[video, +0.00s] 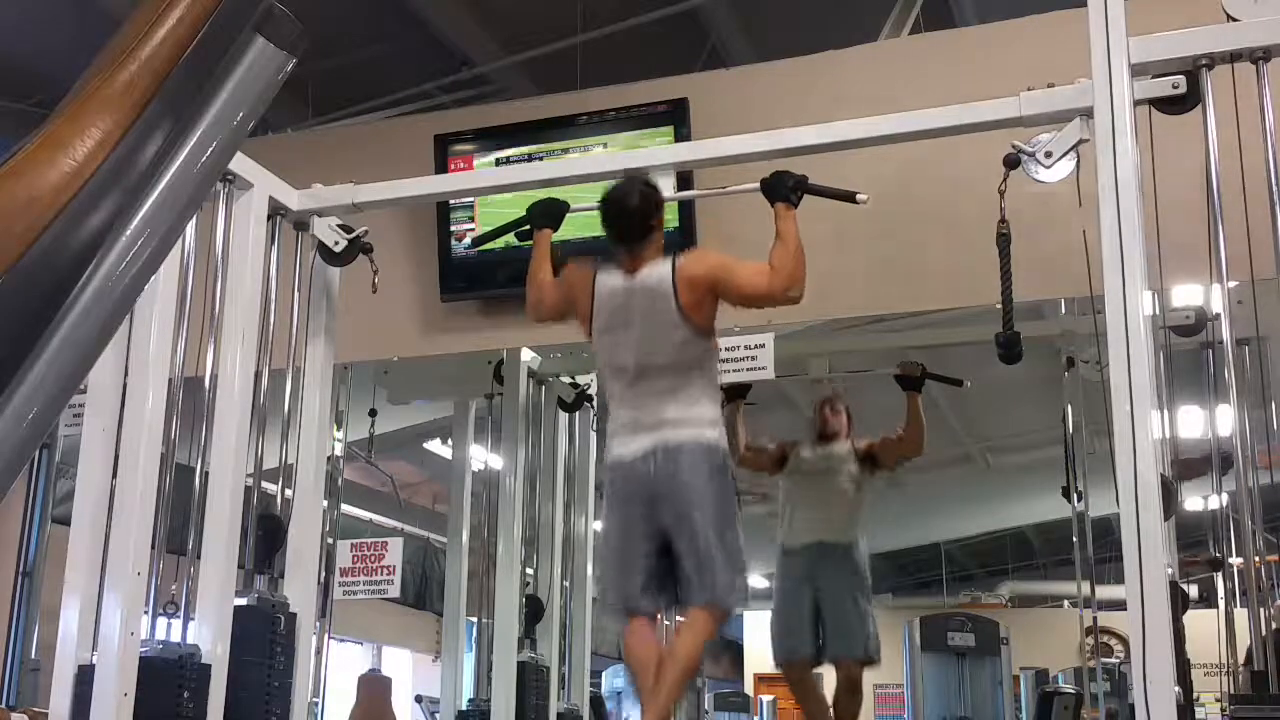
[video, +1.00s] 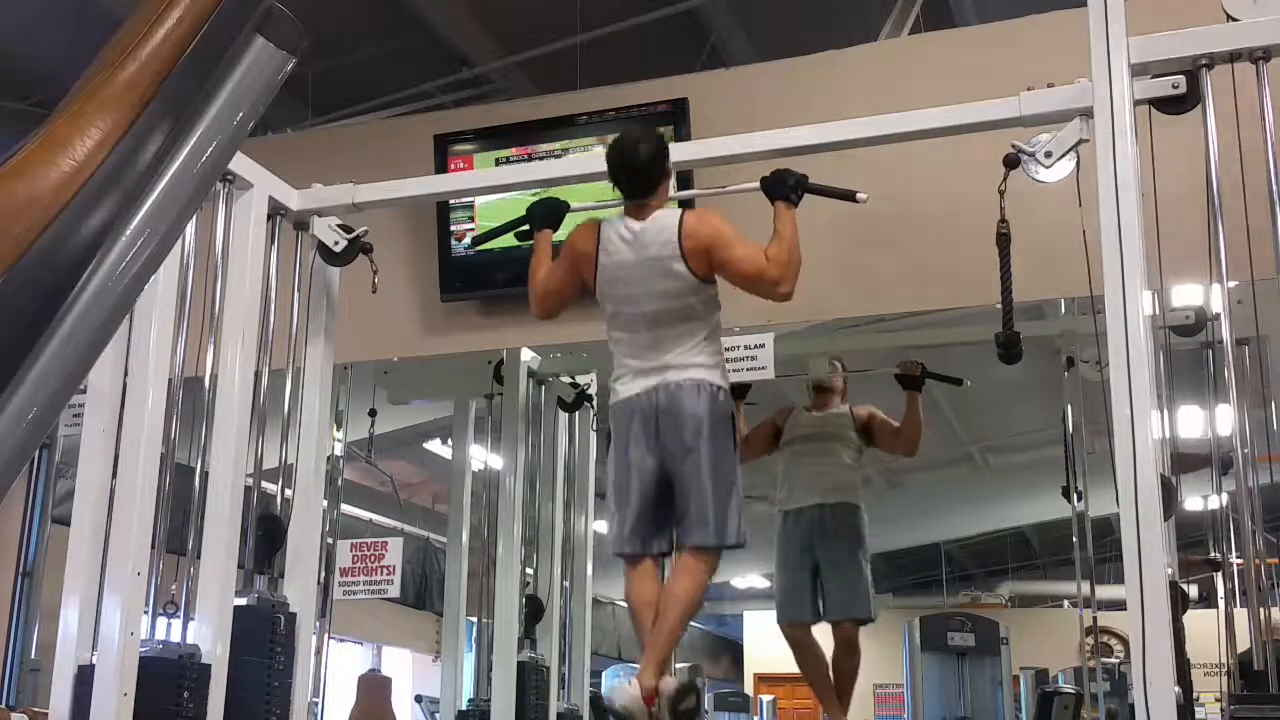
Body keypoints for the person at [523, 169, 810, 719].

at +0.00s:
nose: (662, 217)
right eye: (660, 211)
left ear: (609, 230)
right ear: (661, 221)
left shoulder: (588, 284)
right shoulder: (696, 269)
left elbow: (540, 301)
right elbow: (785, 284)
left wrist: (542, 236)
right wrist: (786, 208)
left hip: (626, 464)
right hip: (693, 456)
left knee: (637, 607)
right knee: (708, 599)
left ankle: (656, 718)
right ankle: (653, 715)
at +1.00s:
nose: (665, 169)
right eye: (666, 161)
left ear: (613, 183)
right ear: (667, 173)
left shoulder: (590, 240)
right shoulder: (699, 228)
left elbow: (543, 303)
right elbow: (779, 281)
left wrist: (541, 235)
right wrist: (786, 207)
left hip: (632, 404)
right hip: (696, 398)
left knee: (639, 550)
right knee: (699, 544)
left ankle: (662, 679)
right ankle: (647, 679)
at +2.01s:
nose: (665, 159)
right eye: (663, 153)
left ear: (610, 181)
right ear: (663, 169)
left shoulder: (587, 233)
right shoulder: (700, 222)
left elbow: (538, 298)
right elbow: (777, 278)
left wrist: (539, 230)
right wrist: (785, 206)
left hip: (630, 404)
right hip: (695, 398)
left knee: (633, 541)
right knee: (703, 537)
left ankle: (654, 676)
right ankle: (635, 674)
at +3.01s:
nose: (653, 208)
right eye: (654, 200)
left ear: (607, 218)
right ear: (660, 210)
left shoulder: (586, 266)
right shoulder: (694, 259)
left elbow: (539, 304)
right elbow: (783, 286)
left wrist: (542, 237)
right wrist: (785, 211)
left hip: (626, 442)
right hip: (690, 437)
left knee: (623, 582)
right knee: (698, 579)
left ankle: (631, 706)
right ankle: (625, 700)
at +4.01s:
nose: (670, 270)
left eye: (666, 265)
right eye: (667, 265)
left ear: (612, 279)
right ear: (661, 274)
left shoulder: (590, 328)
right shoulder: (693, 313)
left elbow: (546, 303)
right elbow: (778, 292)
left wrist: (545, 237)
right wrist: (783, 211)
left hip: (623, 501)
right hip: (689, 498)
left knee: (613, 640)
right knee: (701, 640)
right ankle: (631, 714)